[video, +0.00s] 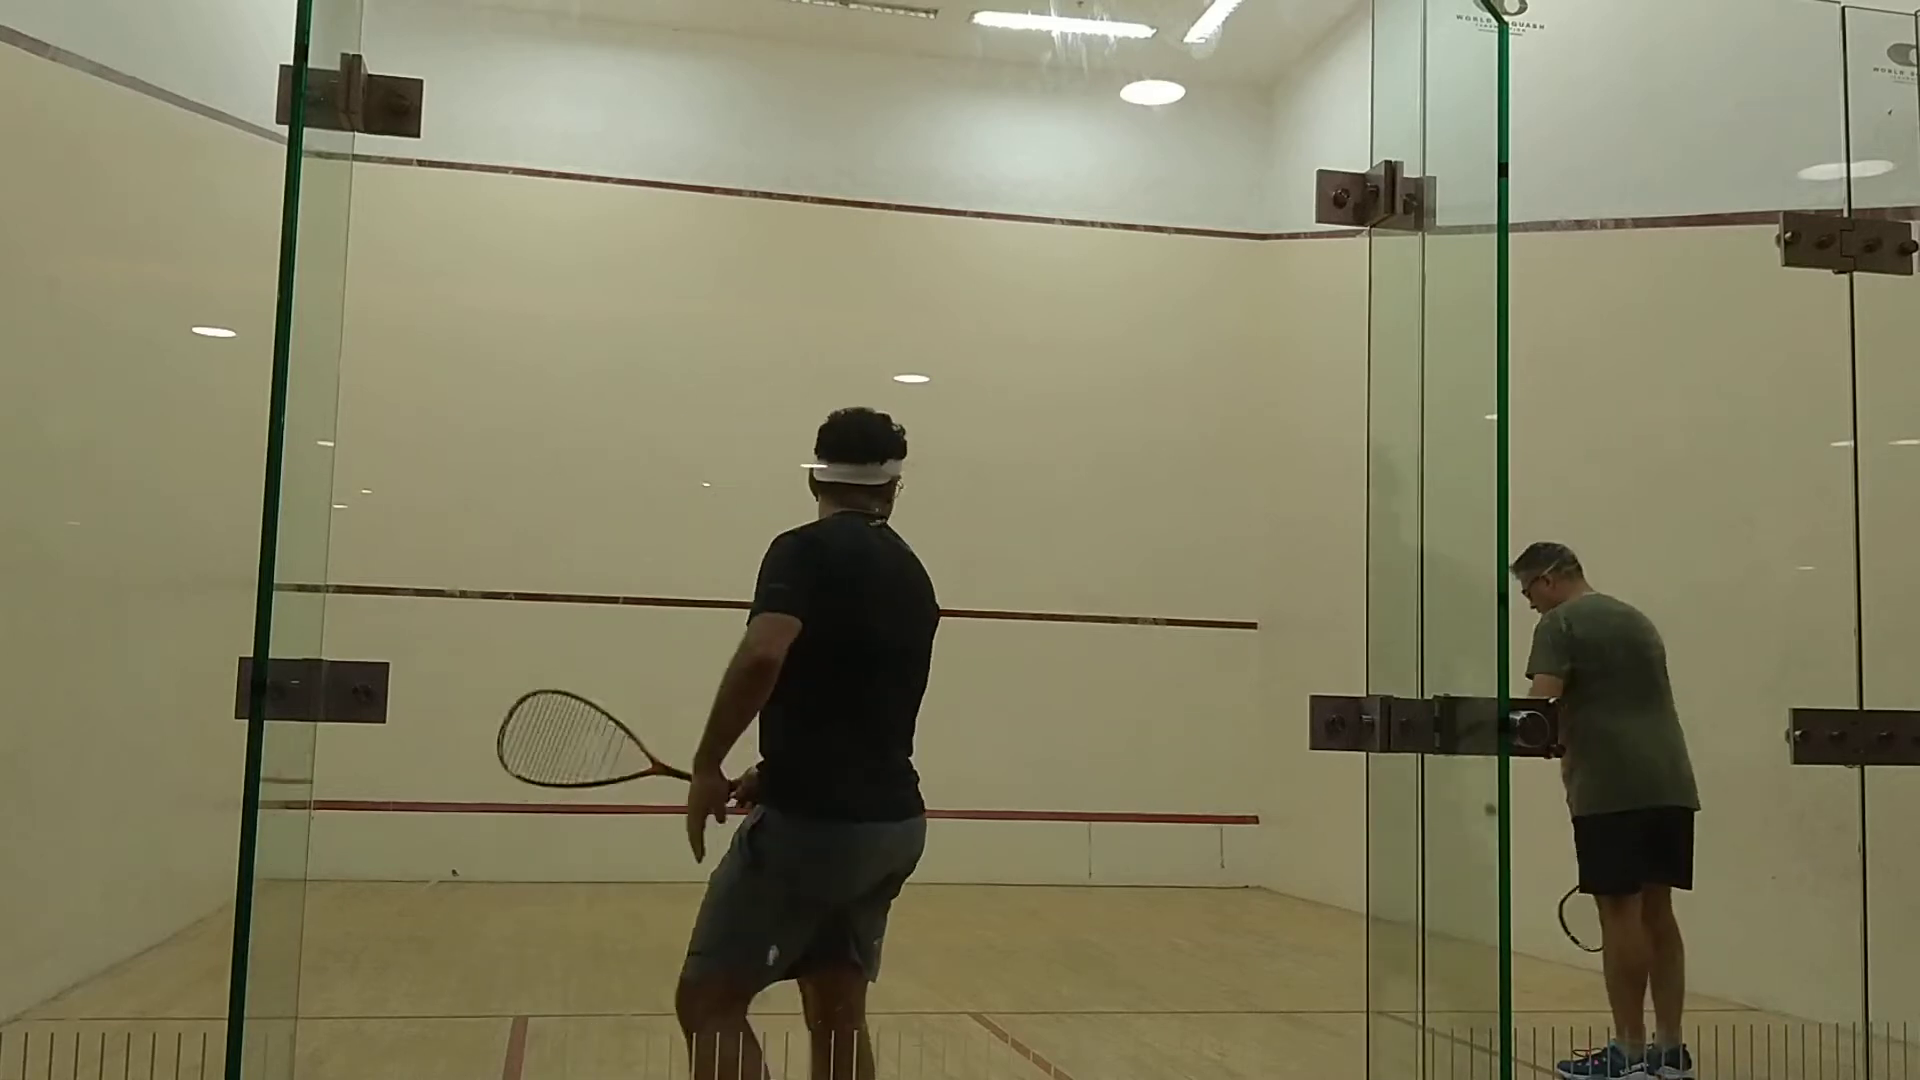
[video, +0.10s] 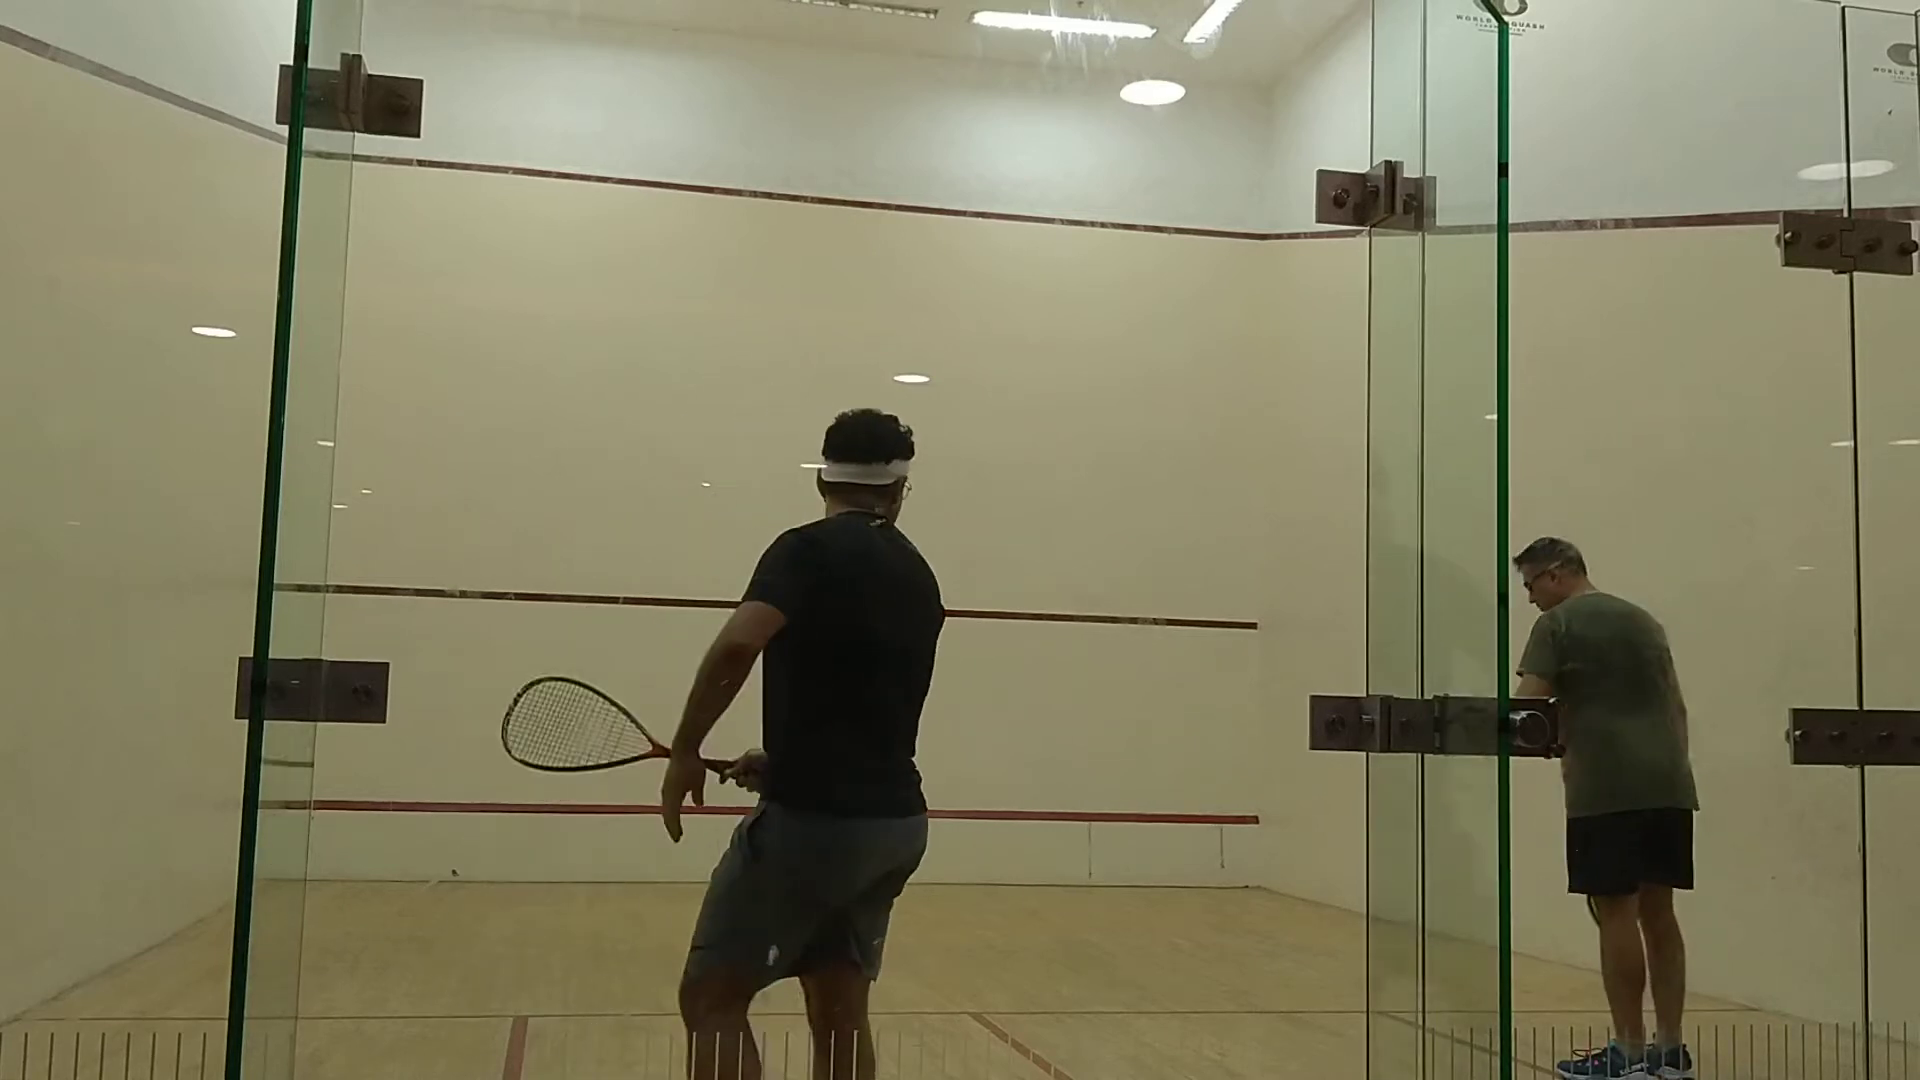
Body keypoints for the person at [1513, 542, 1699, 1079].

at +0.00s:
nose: (1531, 604)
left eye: (1530, 592)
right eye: (1527, 594)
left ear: (1550, 580)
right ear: (1575, 575)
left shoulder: (1557, 623)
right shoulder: (1636, 619)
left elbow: (1538, 711)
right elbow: (1644, 708)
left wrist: (1554, 744)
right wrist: (1573, 740)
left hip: (1610, 796)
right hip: (1672, 790)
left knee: (1621, 917)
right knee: (1659, 914)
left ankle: (1629, 1052)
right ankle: (1670, 1050)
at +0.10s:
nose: (1531, 597)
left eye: (1533, 585)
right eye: (1528, 588)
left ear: (1558, 574)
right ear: (1578, 572)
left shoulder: (1553, 624)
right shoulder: (1644, 620)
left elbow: (1526, 715)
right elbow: (1676, 710)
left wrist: (1558, 742)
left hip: (1604, 796)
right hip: (1670, 791)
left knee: (1616, 916)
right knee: (1660, 912)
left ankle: (1629, 1052)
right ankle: (1670, 1049)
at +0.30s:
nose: (1528, 584)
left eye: (1535, 572)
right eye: (1526, 574)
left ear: (1569, 566)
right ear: (1580, 569)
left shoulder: (1553, 625)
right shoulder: (1644, 619)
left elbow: (1535, 712)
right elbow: (1683, 710)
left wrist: (1520, 768)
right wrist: (1677, 780)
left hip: (1597, 799)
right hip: (1664, 794)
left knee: (1613, 919)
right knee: (1654, 912)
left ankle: (1630, 1051)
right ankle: (1670, 1047)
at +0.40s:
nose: (1528, 583)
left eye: (1533, 571)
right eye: (1525, 573)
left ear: (1566, 566)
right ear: (1578, 567)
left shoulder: (1552, 625)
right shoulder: (1641, 618)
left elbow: (1538, 712)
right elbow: (1680, 701)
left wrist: (1521, 780)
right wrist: (1686, 761)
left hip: (1594, 797)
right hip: (1656, 793)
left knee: (1611, 918)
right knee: (1644, 910)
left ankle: (1629, 1049)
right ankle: (1662, 1045)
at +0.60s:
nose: (1523, 582)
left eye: (1527, 571)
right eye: (1522, 572)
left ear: (1554, 567)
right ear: (1575, 567)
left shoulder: (1545, 625)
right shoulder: (1631, 618)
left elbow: (1531, 720)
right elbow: (1682, 686)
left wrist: (1507, 788)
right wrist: (1711, 725)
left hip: (1589, 797)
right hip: (1647, 791)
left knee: (1607, 916)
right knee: (1624, 909)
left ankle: (1630, 1051)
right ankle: (1625, 1043)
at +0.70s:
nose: (1525, 580)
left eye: (1528, 570)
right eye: (1525, 570)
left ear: (1544, 569)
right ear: (1580, 567)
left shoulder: (1537, 628)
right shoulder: (1628, 620)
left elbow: (1524, 720)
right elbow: (1680, 678)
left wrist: (1494, 789)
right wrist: (1722, 702)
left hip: (1583, 799)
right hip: (1641, 793)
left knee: (1606, 922)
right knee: (1616, 915)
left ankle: (1631, 1052)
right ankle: (1608, 1040)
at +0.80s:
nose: (1530, 581)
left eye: (1531, 572)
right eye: (1532, 571)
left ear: (1541, 572)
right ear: (1582, 570)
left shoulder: (1527, 633)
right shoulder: (1625, 624)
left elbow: (1513, 722)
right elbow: (1689, 684)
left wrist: (1484, 789)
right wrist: (1728, 679)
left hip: (1568, 803)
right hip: (1632, 798)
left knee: (1598, 929)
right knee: (1608, 923)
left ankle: (1630, 1053)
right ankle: (1598, 1046)